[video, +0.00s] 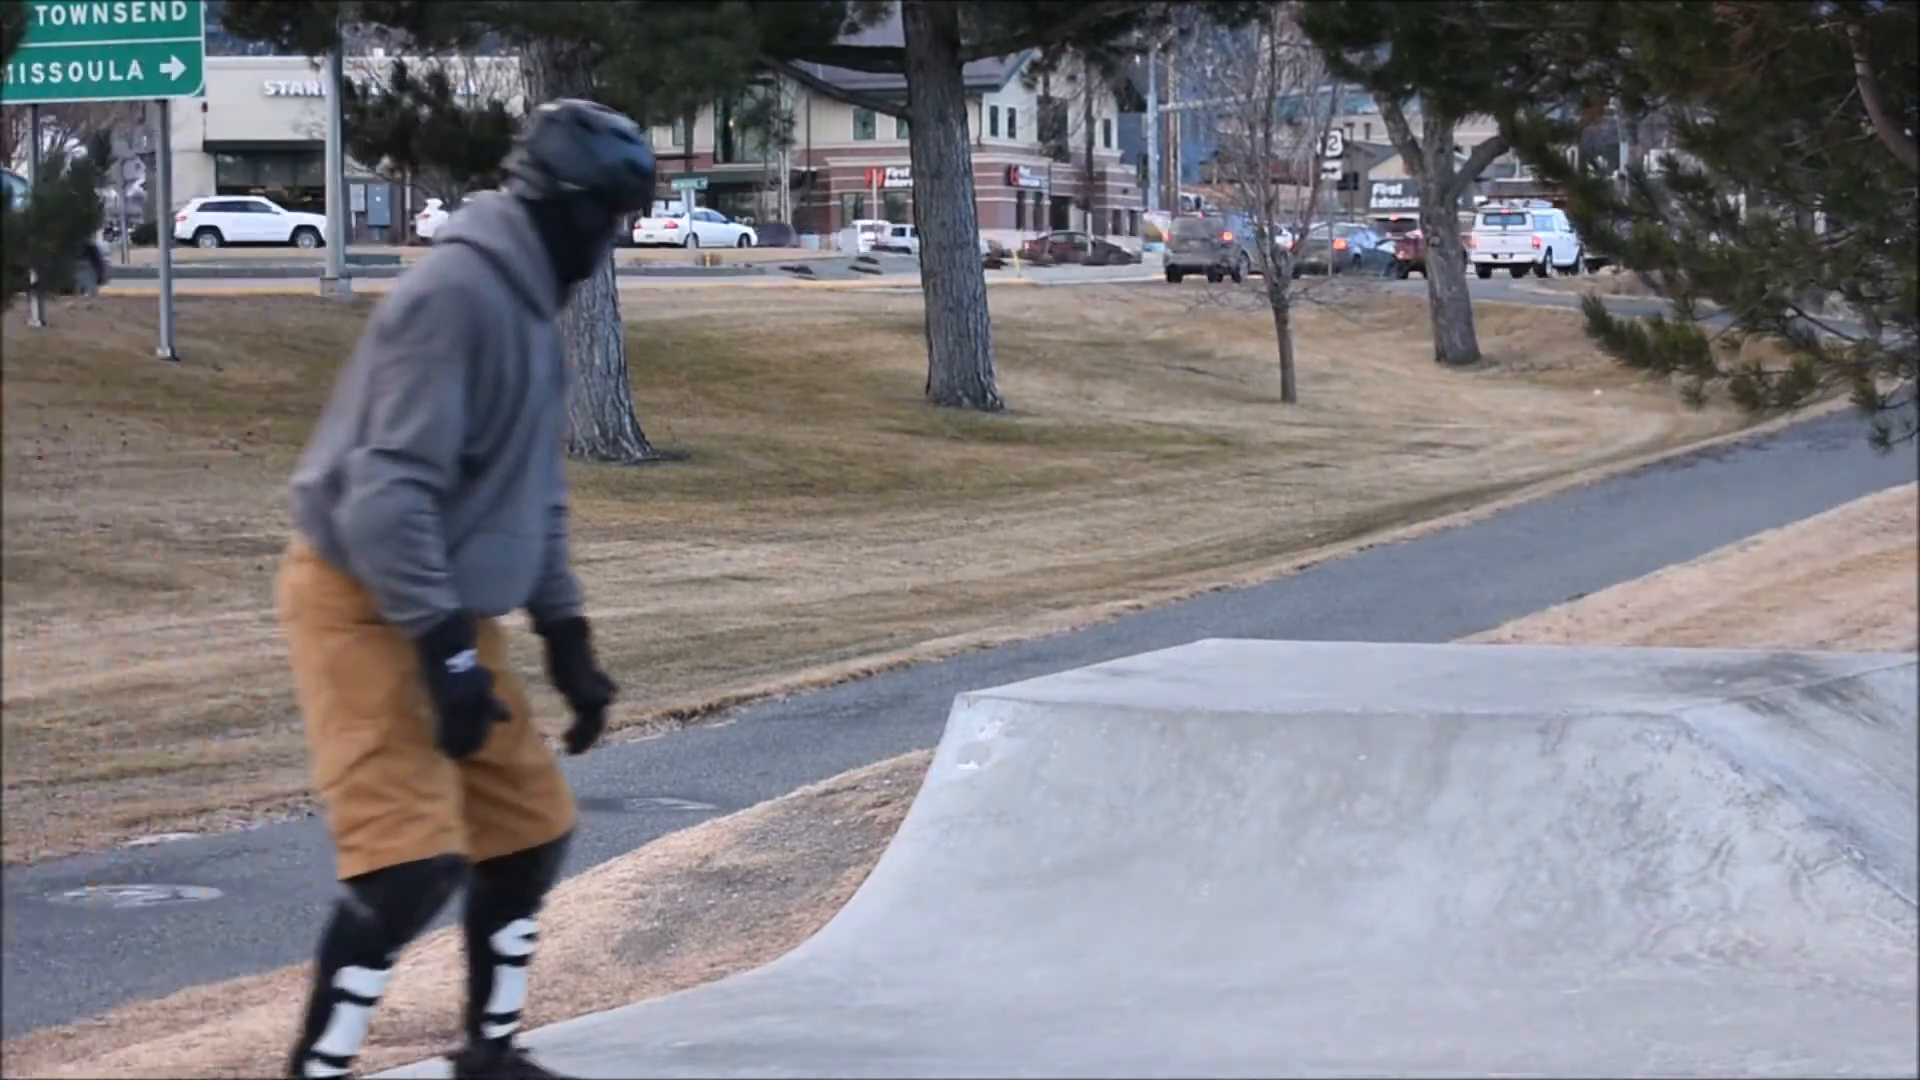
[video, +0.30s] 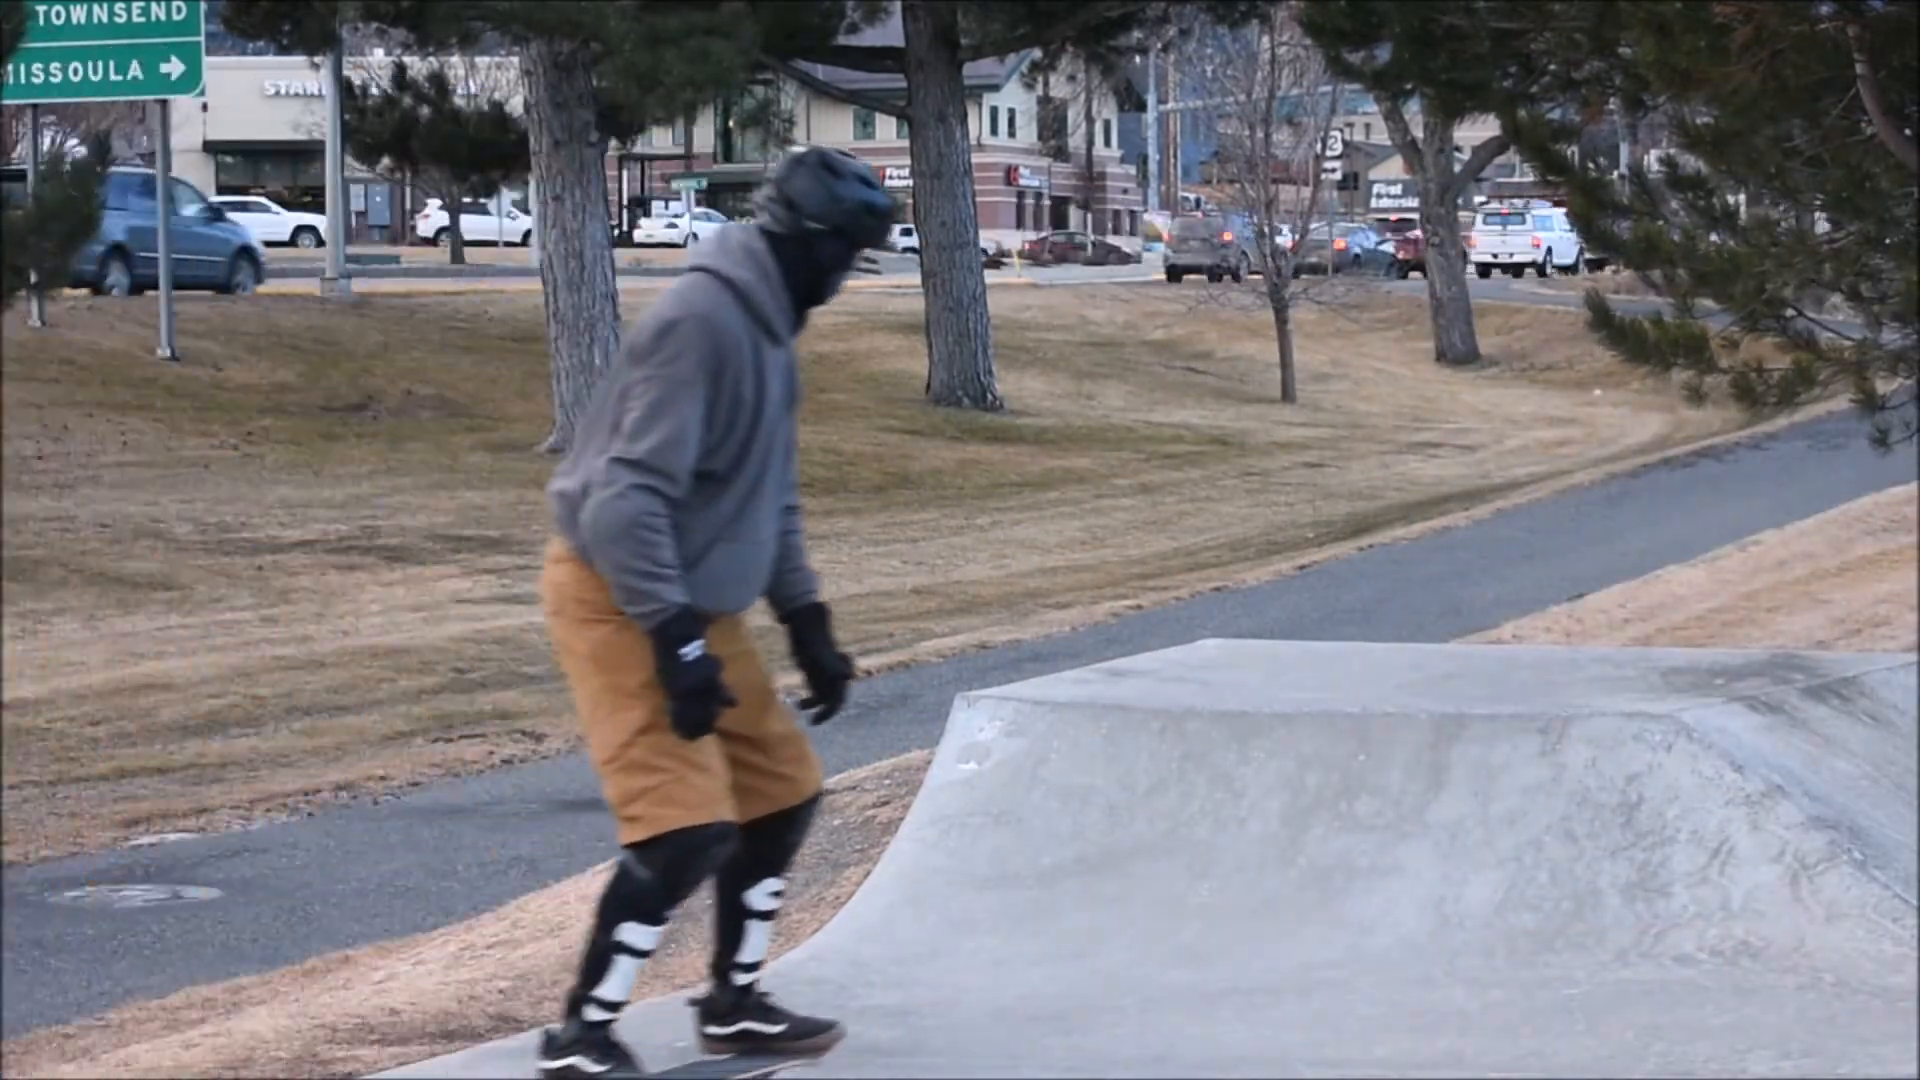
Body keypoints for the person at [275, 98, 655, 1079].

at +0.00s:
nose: (616, 238)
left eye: (623, 218)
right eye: (613, 214)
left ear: (569, 200)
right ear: (565, 198)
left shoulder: (533, 305)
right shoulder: (454, 293)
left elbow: (534, 495)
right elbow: (386, 491)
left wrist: (564, 637)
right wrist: (446, 653)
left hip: (455, 599)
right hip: (354, 588)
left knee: (527, 828)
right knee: (409, 858)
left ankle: (491, 1050)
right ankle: (316, 1067)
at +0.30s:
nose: (850, 272)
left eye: (857, 255)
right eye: (848, 251)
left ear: (808, 235)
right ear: (810, 236)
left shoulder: (768, 329)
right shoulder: (698, 318)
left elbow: (768, 496)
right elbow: (624, 496)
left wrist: (805, 622)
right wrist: (676, 635)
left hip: (698, 592)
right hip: (608, 586)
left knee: (780, 791)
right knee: (683, 823)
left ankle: (732, 1001)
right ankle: (581, 1030)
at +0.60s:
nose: (1058, 314)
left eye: (1068, 301)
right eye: (1060, 296)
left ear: (1036, 274)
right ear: (1030, 270)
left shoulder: (994, 342)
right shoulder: (913, 327)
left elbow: (980, 483)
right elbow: (795, 466)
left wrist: (1016, 595)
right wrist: (824, 602)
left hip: (905, 581)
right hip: (826, 573)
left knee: (966, 754)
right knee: (877, 773)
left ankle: (925, 947)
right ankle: (799, 979)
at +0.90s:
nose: (1213, 475)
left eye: (1222, 466)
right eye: (1212, 461)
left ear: (1205, 439)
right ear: (1186, 430)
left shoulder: (1188, 472)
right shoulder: (1070, 449)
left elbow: (1197, 576)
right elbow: (928, 538)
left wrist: (1274, 622)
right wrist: (933, 666)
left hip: (1074, 624)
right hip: (985, 612)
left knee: (1177, 750)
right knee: (1091, 765)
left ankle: (1093, 906)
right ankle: (985, 931)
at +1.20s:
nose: (1273, 431)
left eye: (1289, 422)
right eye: (1263, 418)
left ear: (1311, 391)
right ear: (1236, 383)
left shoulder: (1322, 396)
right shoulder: (1169, 372)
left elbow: (1370, 506)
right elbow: (1073, 380)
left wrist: (1312, 549)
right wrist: (1011, 443)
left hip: (1258, 557)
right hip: (1163, 546)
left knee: (1317, 698)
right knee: (1210, 711)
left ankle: (1254, 808)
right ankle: (1152, 880)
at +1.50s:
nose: (1244, 349)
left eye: (1248, 338)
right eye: (1229, 340)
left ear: (1271, 307)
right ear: (1205, 308)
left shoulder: (1364, 288)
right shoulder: (1205, 288)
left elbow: (1470, 266)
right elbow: (1098, 334)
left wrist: (1570, 277)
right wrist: (1040, 416)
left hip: (1404, 430)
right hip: (1329, 435)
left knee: (1396, 624)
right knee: (1313, 568)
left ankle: (1486, 763)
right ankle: (1439, 630)